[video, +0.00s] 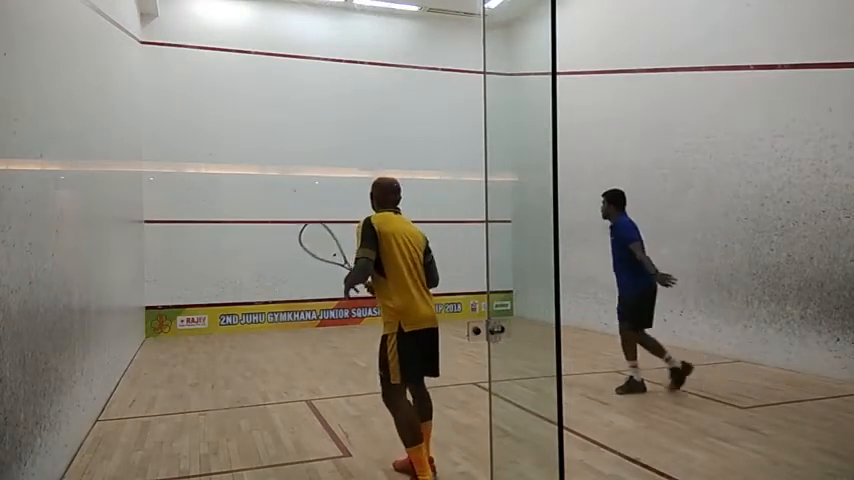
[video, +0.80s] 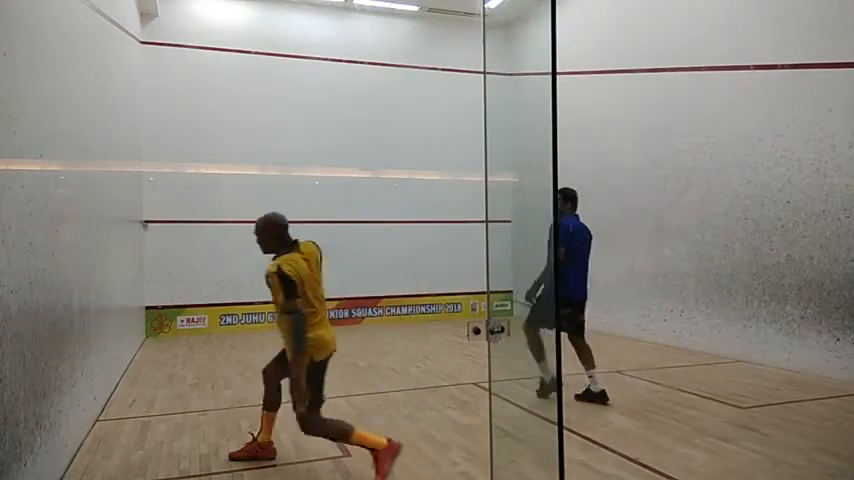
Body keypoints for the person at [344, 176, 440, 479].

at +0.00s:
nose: (370, 200)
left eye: (372, 195)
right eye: (374, 194)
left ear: (373, 198)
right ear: (399, 199)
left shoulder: (372, 223)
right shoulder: (416, 232)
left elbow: (364, 267)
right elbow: (432, 279)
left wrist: (350, 279)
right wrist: (391, 280)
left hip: (399, 324)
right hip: (426, 321)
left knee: (394, 396)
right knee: (418, 385)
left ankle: (423, 469)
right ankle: (424, 457)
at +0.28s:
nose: (352, 210)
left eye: (354, 205)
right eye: (354, 205)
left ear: (358, 209)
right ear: (382, 210)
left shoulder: (362, 236)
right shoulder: (392, 240)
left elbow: (361, 285)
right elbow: (392, 296)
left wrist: (333, 316)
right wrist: (356, 312)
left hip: (392, 338)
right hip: (410, 335)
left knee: (374, 409)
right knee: (395, 396)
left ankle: (410, 474)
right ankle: (420, 459)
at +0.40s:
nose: (336, 223)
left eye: (339, 218)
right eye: (338, 217)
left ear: (347, 222)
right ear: (365, 221)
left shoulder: (358, 254)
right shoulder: (367, 251)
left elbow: (361, 309)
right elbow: (363, 306)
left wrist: (327, 340)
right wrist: (329, 310)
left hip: (387, 349)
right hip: (377, 345)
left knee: (362, 420)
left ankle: (403, 472)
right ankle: (385, 435)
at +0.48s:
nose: (324, 225)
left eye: (329, 220)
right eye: (326, 220)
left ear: (341, 224)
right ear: (348, 226)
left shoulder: (352, 259)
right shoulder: (344, 260)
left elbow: (356, 316)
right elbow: (330, 304)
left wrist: (320, 355)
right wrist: (314, 303)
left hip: (382, 349)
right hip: (367, 345)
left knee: (361, 421)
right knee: (335, 368)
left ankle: (405, 474)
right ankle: (346, 438)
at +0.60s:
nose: (293, 231)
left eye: (295, 226)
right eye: (294, 226)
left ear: (303, 230)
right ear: (317, 228)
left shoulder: (328, 260)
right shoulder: (308, 258)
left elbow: (336, 313)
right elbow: (276, 283)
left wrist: (320, 352)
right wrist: (295, 285)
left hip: (359, 344)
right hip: (336, 343)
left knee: (363, 409)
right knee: (311, 388)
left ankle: (404, 472)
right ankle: (282, 436)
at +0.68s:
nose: (280, 235)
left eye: (282, 231)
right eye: (280, 230)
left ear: (291, 233)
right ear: (305, 229)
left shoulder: (315, 263)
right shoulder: (306, 253)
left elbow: (330, 316)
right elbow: (280, 266)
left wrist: (312, 361)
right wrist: (256, 281)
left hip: (340, 348)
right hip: (324, 347)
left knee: (349, 410)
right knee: (298, 389)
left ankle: (398, 473)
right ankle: (269, 442)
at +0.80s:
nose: (257, 240)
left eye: (259, 235)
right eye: (256, 235)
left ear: (273, 237)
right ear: (285, 233)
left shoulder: (280, 271)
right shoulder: (310, 249)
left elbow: (297, 320)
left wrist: (298, 380)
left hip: (310, 351)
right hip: (317, 342)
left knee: (309, 423)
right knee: (271, 373)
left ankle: (382, 446)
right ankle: (263, 441)